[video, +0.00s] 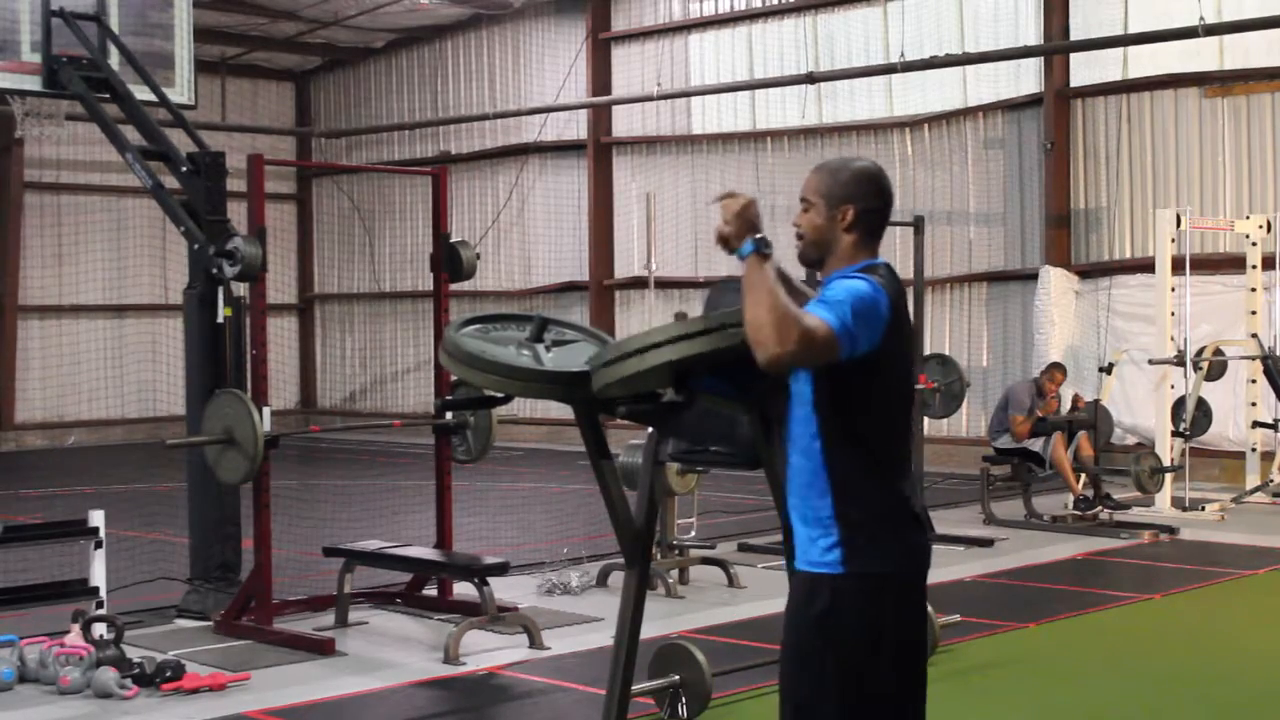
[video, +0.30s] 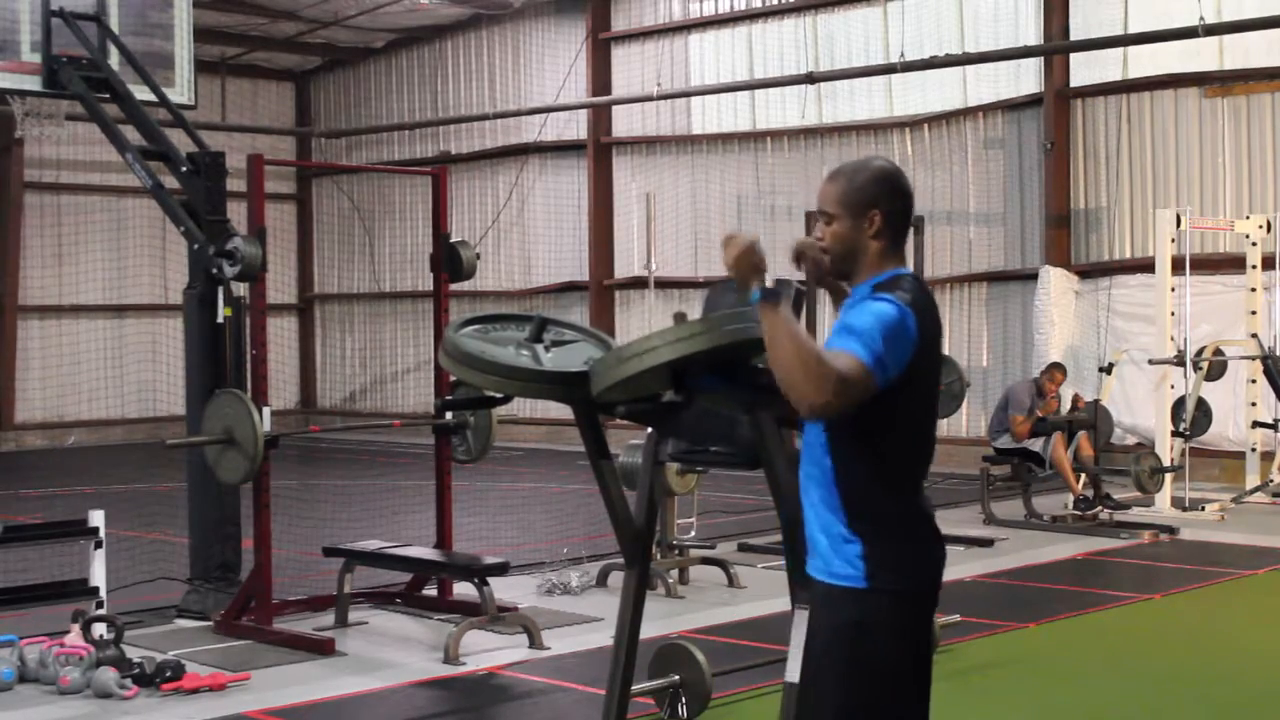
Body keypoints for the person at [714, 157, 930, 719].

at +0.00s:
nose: (796, 220)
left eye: (807, 208)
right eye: (799, 207)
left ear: (846, 219)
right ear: (849, 221)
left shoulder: (859, 292)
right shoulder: (856, 287)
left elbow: (779, 347)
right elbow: (810, 325)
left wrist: (749, 246)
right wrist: (761, 261)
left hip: (851, 565)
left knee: (829, 707)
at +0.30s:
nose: (816, 234)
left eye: (826, 220)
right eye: (816, 221)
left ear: (873, 226)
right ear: (877, 228)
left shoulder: (885, 309)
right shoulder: (897, 295)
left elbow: (819, 393)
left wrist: (758, 292)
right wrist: (836, 284)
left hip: (866, 577)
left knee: (842, 708)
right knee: (868, 707)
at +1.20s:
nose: (712, 255)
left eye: (721, 236)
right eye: (712, 238)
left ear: (770, 232)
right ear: (766, 234)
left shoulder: (857, 333)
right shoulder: (752, 335)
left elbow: (878, 484)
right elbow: (783, 480)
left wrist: (750, 536)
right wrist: (734, 584)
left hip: (850, 629)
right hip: (759, 613)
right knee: (705, 709)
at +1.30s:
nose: (652, 269)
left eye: (662, 249)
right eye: (650, 252)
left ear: (711, 242)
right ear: (704, 246)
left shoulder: (806, 338)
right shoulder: (696, 348)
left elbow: (845, 482)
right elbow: (725, 496)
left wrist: (733, 553)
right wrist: (694, 604)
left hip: (816, 637)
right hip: (724, 628)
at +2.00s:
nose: (425, 220)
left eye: (426, 212)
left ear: (427, 218)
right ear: (499, 229)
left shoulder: (423, 294)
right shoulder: (538, 323)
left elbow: (402, 437)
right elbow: (546, 461)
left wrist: (302, 502)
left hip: (438, 601)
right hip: (537, 600)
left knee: (331, 711)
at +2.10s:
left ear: (412, 218)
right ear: (485, 229)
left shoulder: (374, 295)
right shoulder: (528, 331)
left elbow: (312, 439)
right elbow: (546, 491)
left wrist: (255, 498)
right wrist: (498, 560)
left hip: (384, 613)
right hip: (496, 614)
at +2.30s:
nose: (450, 248)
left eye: (448, 234)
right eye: (447, 234)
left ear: (363, 227)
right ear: (430, 236)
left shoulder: (280, 320)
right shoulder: (476, 344)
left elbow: (187, 453)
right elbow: (519, 497)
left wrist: (230, 495)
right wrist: (560, 567)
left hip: (313, 631)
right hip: (426, 632)